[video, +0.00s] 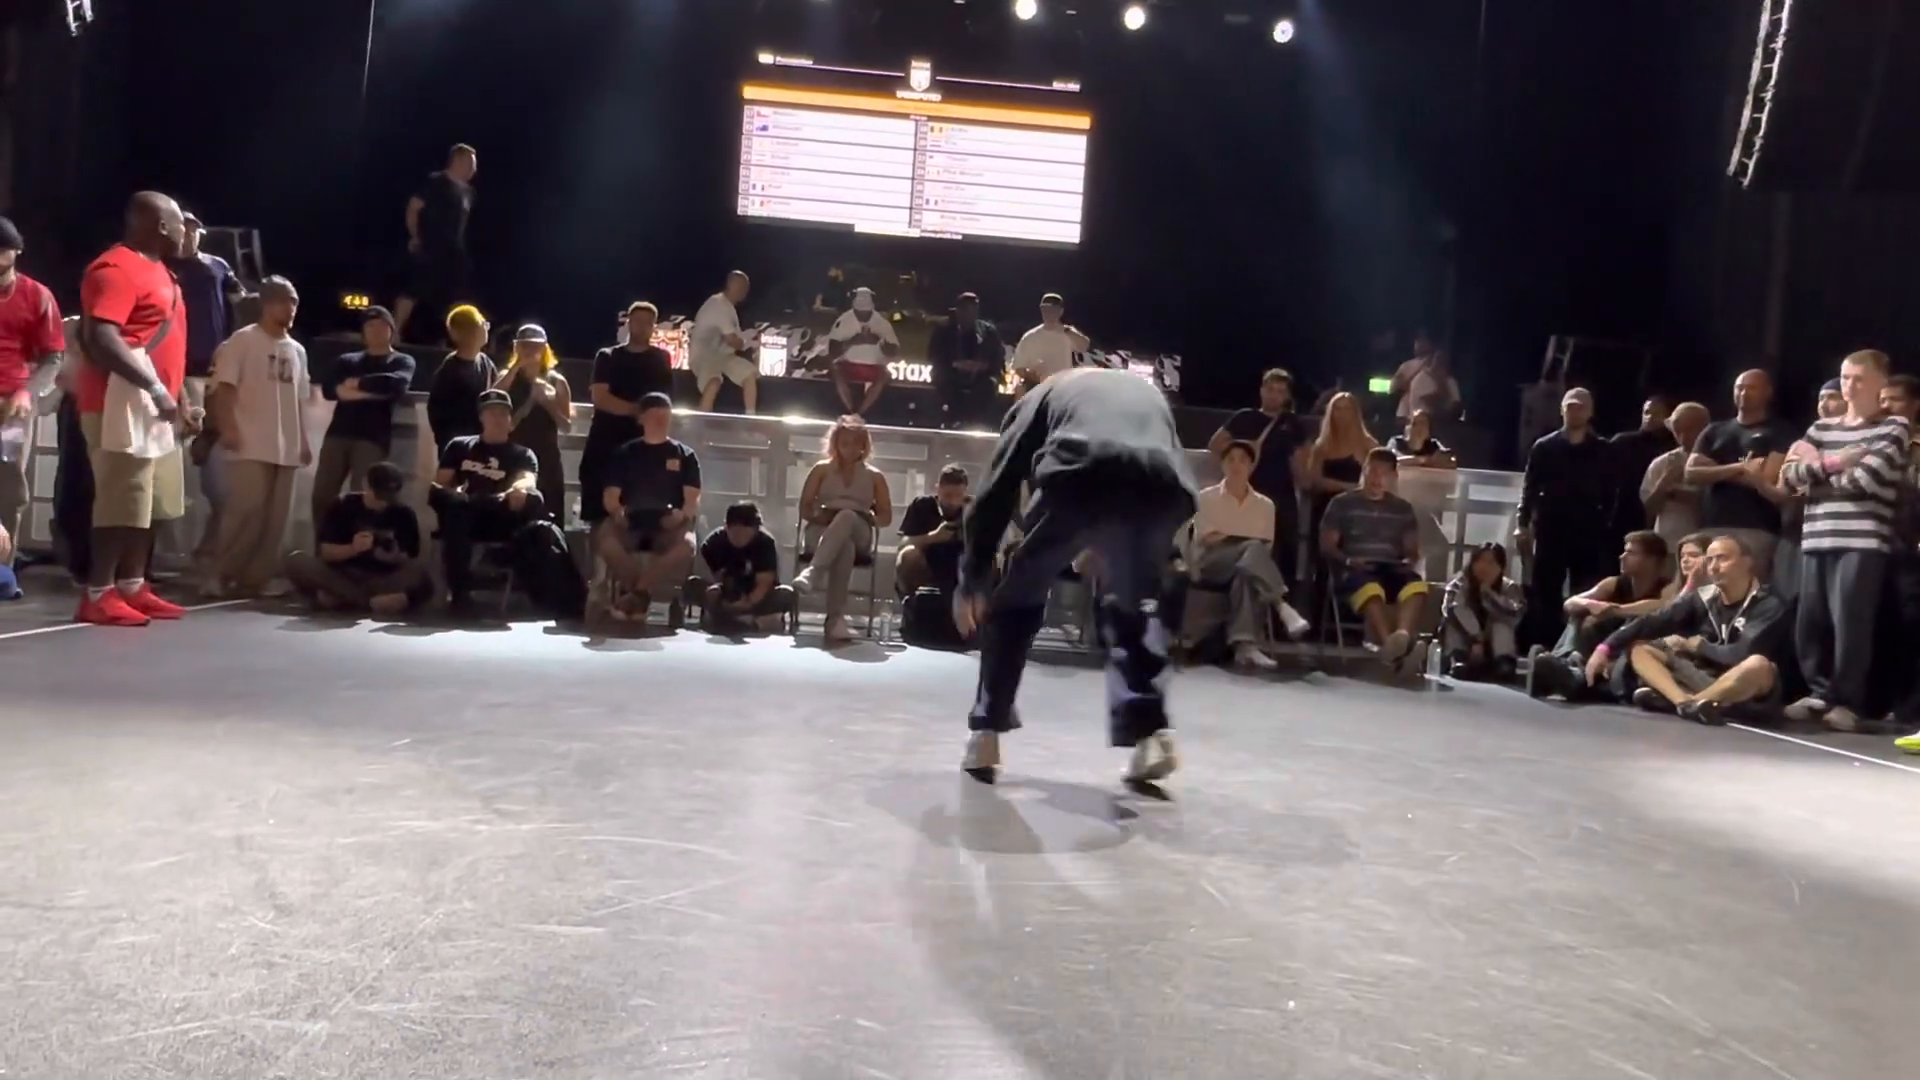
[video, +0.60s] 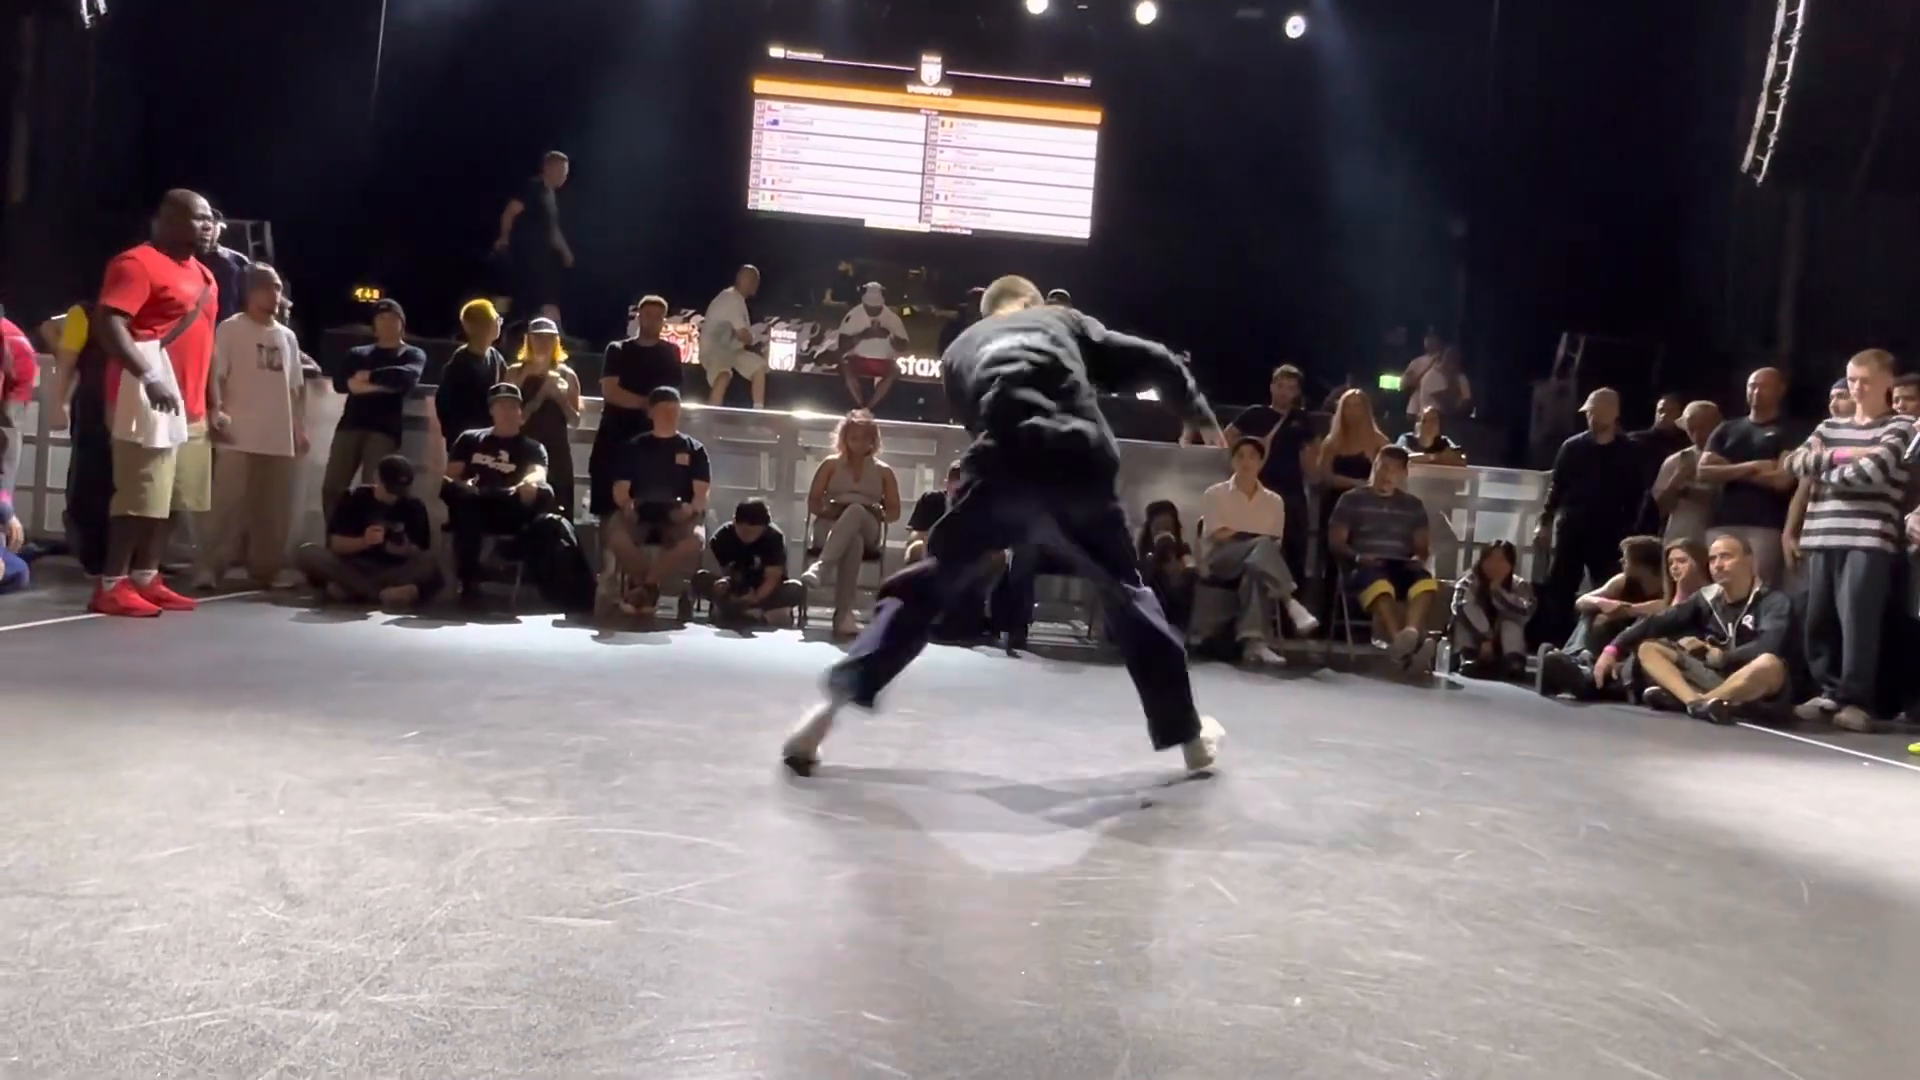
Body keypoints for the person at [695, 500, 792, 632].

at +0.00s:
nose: (739, 538)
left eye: (745, 533)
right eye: (735, 532)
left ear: (755, 530)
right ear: (727, 527)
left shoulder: (765, 542)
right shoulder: (711, 544)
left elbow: (765, 582)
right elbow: (718, 578)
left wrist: (748, 602)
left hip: (755, 586)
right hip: (728, 586)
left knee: (786, 593)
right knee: (692, 584)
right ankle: (752, 622)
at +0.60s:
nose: (747, 536)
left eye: (753, 532)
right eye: (743, 530)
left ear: (763, 527)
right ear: (735, 522)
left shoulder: (774, 537)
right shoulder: (720, 538)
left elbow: (773, 576)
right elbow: (724, 572)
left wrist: (756, 598)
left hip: (763, 583)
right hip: (735, 584)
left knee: (796, 589)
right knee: (700, 579)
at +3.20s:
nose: (761, 524)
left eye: (767, 521)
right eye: (759, 519)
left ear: (778, 517)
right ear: (752, 509)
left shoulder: (790, 522)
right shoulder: (736, 522)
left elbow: (788, 563)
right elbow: (741, 555)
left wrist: (769, 580)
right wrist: (736, 565)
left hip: (779, 568)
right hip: (751, 569)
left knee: (811, 573)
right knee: (715, 563)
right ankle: (776, 600)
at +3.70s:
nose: (761, 524)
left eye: (767, 520)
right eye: (759, 519)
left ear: (778, 517)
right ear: (752, 509)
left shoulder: (790, 523)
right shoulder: (735, 523)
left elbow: (787, 563)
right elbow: (743, 556)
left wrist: (768, 581)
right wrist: (737, 565)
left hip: (778, 569)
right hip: (751, 569)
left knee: (810, 573)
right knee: (715, 563)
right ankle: (774, 600)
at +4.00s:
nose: (767, 524)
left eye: (772, 520)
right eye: (764, 519)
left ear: (779, 515)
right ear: (753, 511)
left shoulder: (790, 522)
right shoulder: (735, 523)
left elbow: (787, 563)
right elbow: (742, 556)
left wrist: (767, 581)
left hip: (779, 568)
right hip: (752, 568)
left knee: (809, 574)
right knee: (716, 563)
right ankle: (776, 600)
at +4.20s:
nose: (767, 526)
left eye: (772, 522)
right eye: (764, 521)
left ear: (779, 517)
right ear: (753, 512)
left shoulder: (790, 524)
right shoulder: (736, 524)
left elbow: (788, 564)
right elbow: (744, 557)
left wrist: (767, 583)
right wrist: (737, 565)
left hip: (780, 570)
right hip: (752, 570)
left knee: (810, 575)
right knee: (716, 563)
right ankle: (776, 601)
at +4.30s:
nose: (768, 525)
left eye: (773, 521)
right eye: (765, 521)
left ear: (779, 517)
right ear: (754, 512)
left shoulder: (790, 523)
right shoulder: (736, 524)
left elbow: (788, 564)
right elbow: (745, 559)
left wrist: (767, 583)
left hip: (780, 570)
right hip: (753, 571)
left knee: (810, 575)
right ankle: (778, 602)